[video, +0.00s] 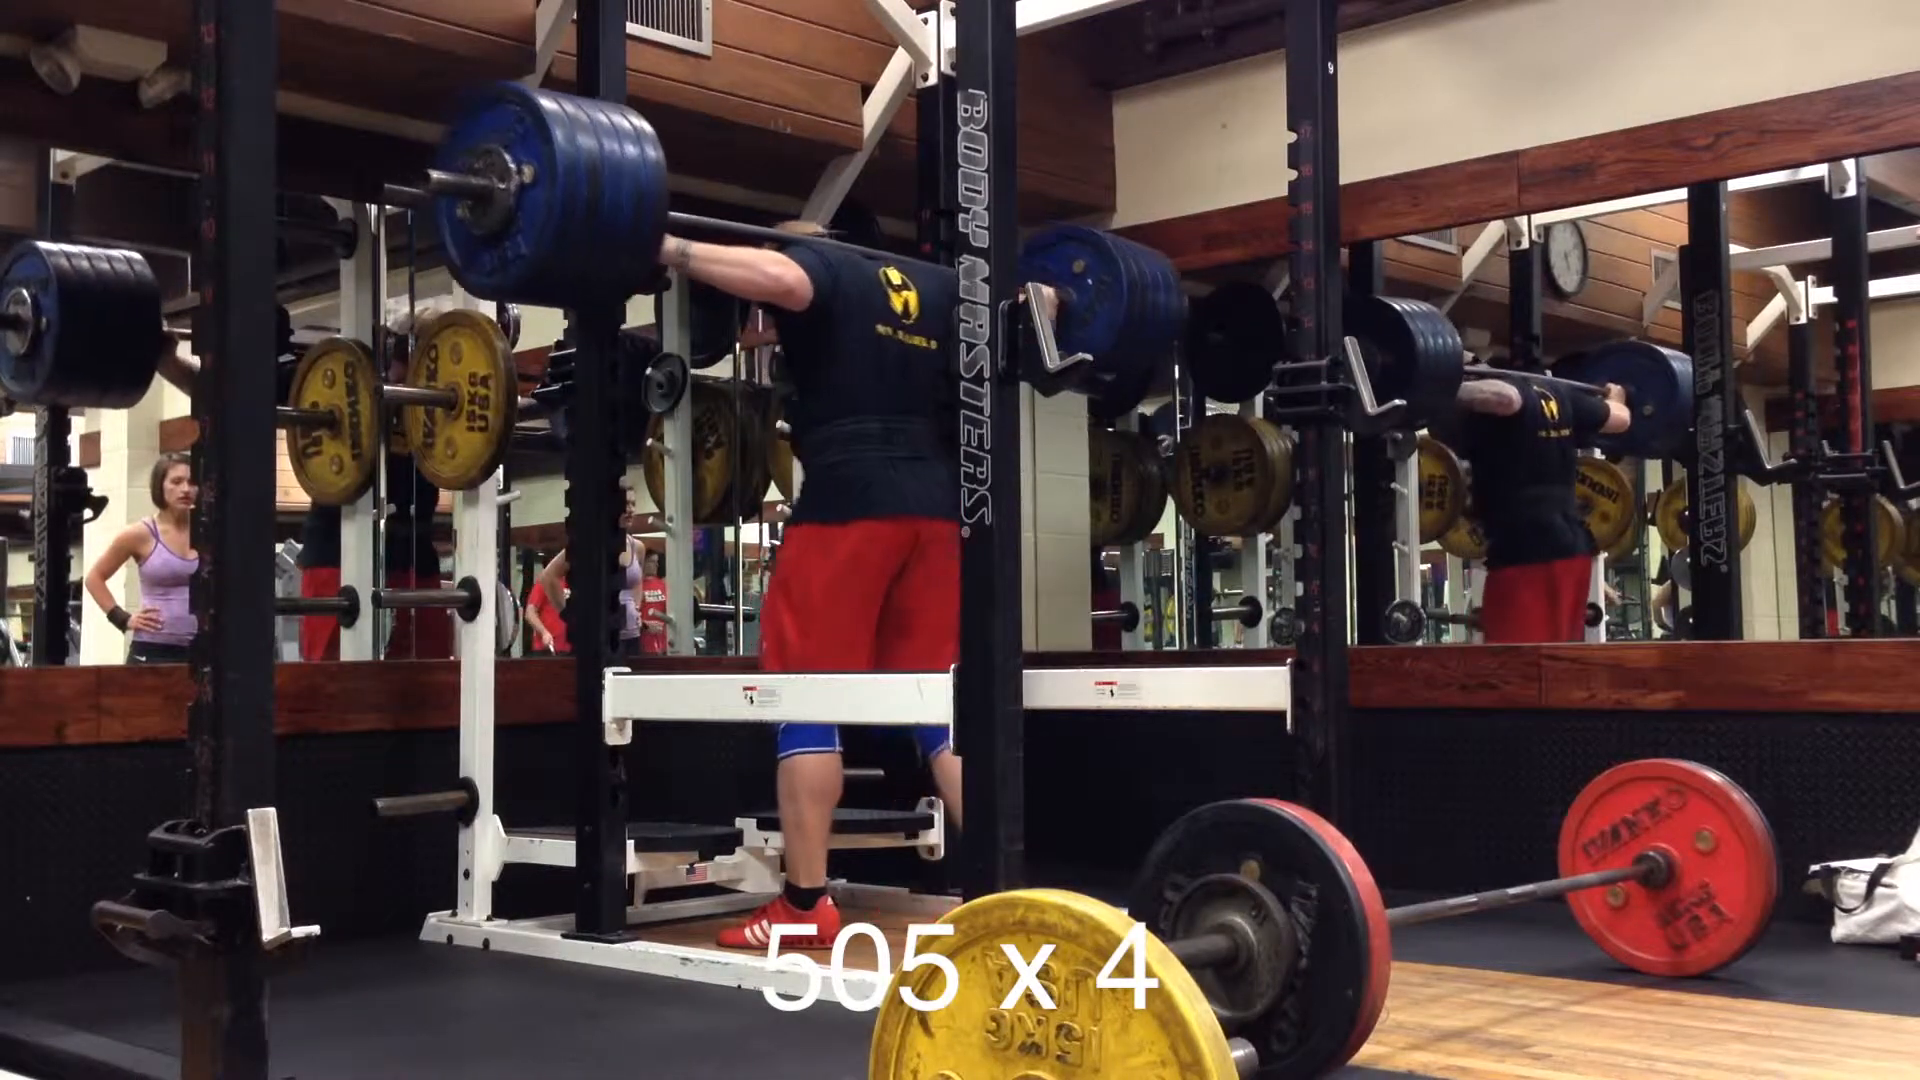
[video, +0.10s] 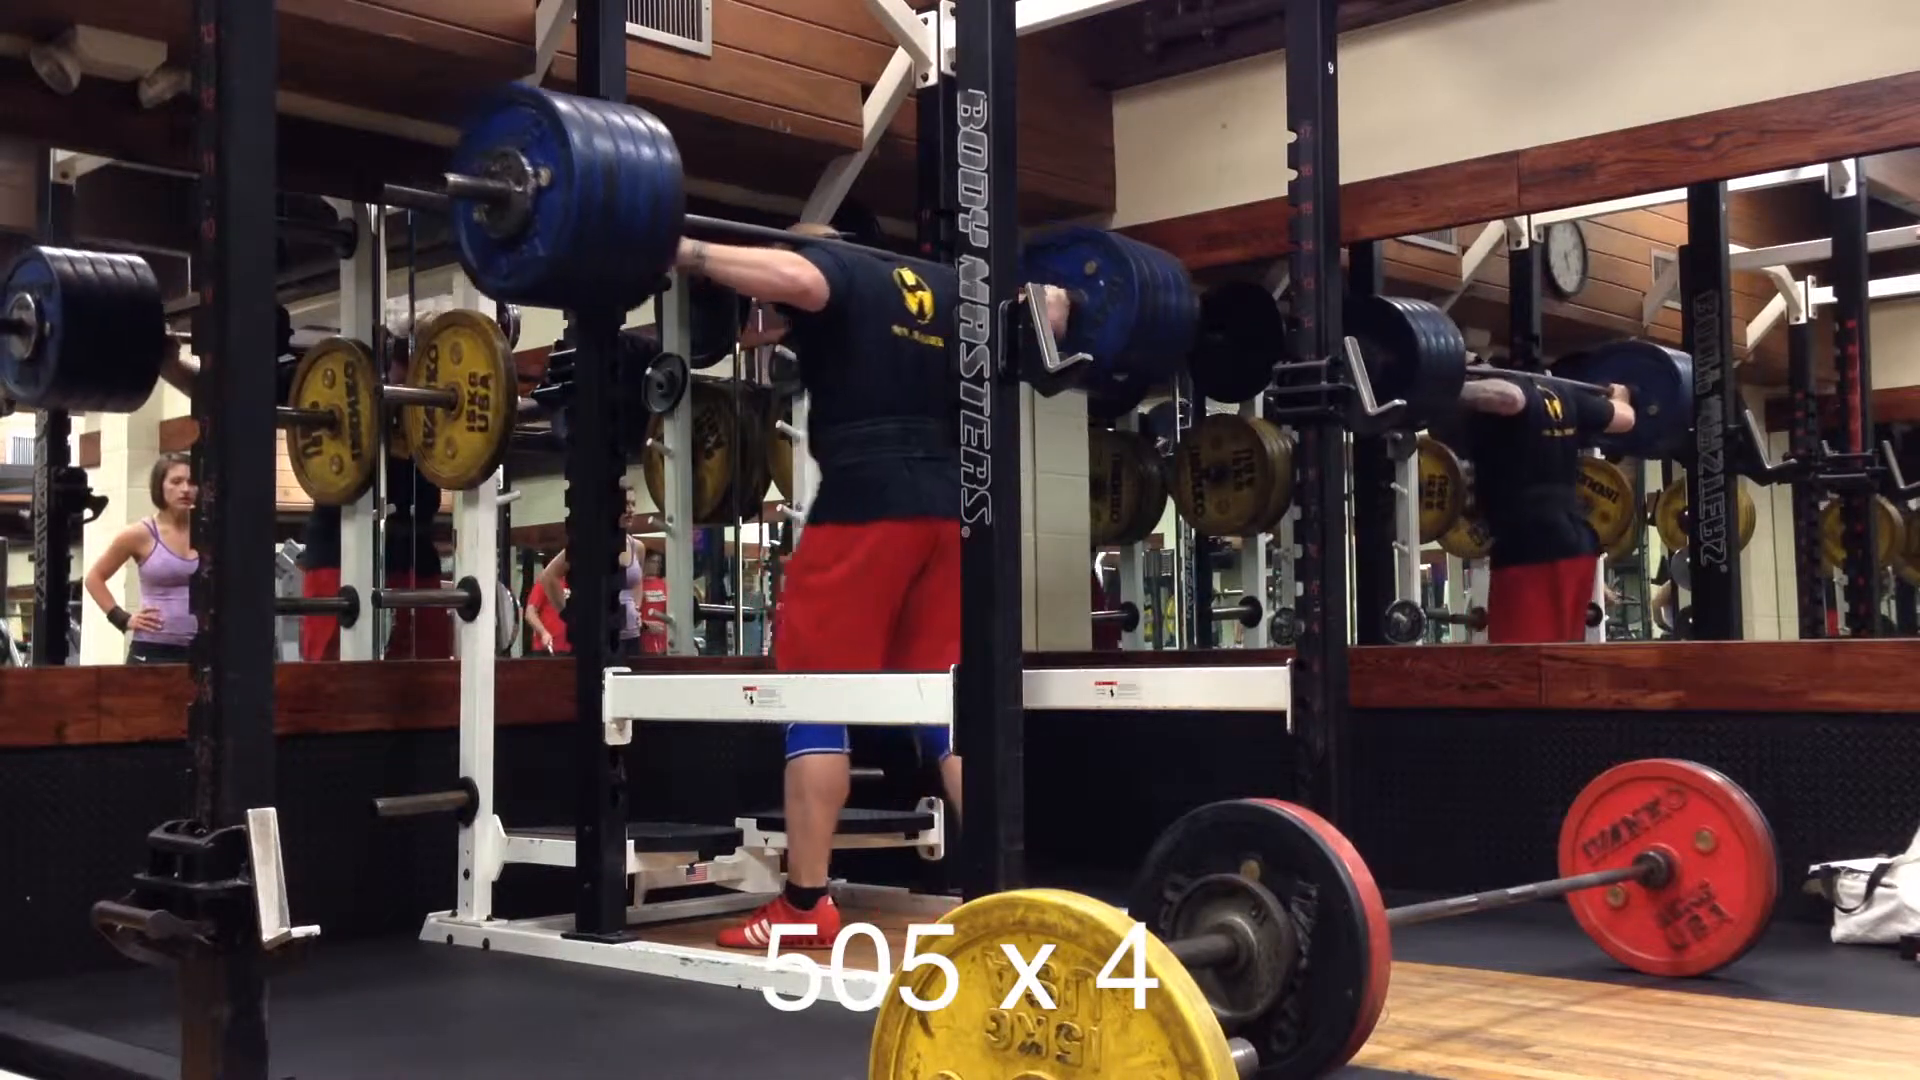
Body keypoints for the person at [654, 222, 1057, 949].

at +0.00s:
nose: (770, 279)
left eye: (772, 266)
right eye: (769, 272)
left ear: (797, 250)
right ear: (857, 242)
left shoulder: (818, 256)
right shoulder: (935, 285)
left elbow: (787, 281)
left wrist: (672, 249)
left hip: (851, 503)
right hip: (940, 505)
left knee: (806, 702)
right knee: (938, 706)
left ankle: (806, 904)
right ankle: (996, 883)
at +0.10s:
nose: (760, 325)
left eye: (764, 312)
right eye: (757, 315)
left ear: (805, 258)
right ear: (861, 244)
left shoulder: (827, 257)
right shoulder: (941, 284)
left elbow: (804, 282)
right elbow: (1050, 309)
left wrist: (687, 252)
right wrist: (1053, 310)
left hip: (867, 504)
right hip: (957, 505)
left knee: (814, 701)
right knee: (947, 707)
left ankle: (807, 903)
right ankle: (996, 886)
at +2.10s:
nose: (835, 258)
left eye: (838, 248)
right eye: (835, 252)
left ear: (867, 241)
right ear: (916, 226)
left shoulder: (894, 254)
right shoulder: (999, 269)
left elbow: (862, 275)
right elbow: (1102, 306)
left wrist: (747, 248)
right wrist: (1119, 284)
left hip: (924, 502)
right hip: (1014, 501)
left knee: (904, 710)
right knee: (1016, 713)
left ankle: (884, 915)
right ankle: (1014, 901)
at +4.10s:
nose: (834, 252)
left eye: (835, 238)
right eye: (835, 238)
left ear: (854, 229)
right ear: (907, 216)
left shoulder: (881, 250)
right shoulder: (983, 265)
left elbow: (846, 279)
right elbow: (1095, 300)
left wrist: (730, 248)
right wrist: (1112, 277)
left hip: (916, 505)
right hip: (1002, 507)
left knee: (893, 709)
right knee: (1006, 710)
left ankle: (882, 913)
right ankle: (1013, 903)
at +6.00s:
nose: (833, 245)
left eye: (834, 236)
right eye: (831, 238)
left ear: (857, 229)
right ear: (905, 220)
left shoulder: (880, 250)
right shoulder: (988, 267)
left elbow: (835, 264)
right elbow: (1096, 302)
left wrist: (720, 237)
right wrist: (1119, 283)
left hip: (914, 500)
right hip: (1001, 503)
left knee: (894, 707)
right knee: (1006, 710)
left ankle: (881, 910)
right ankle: (1013, 902)